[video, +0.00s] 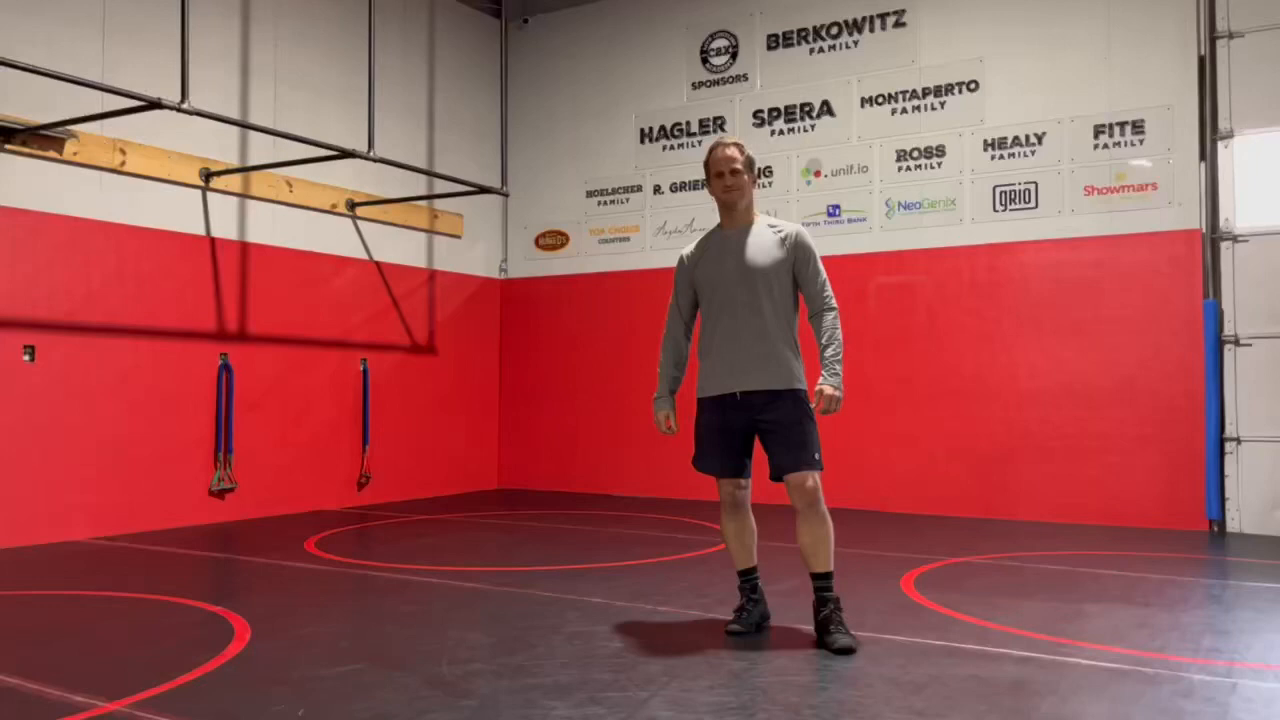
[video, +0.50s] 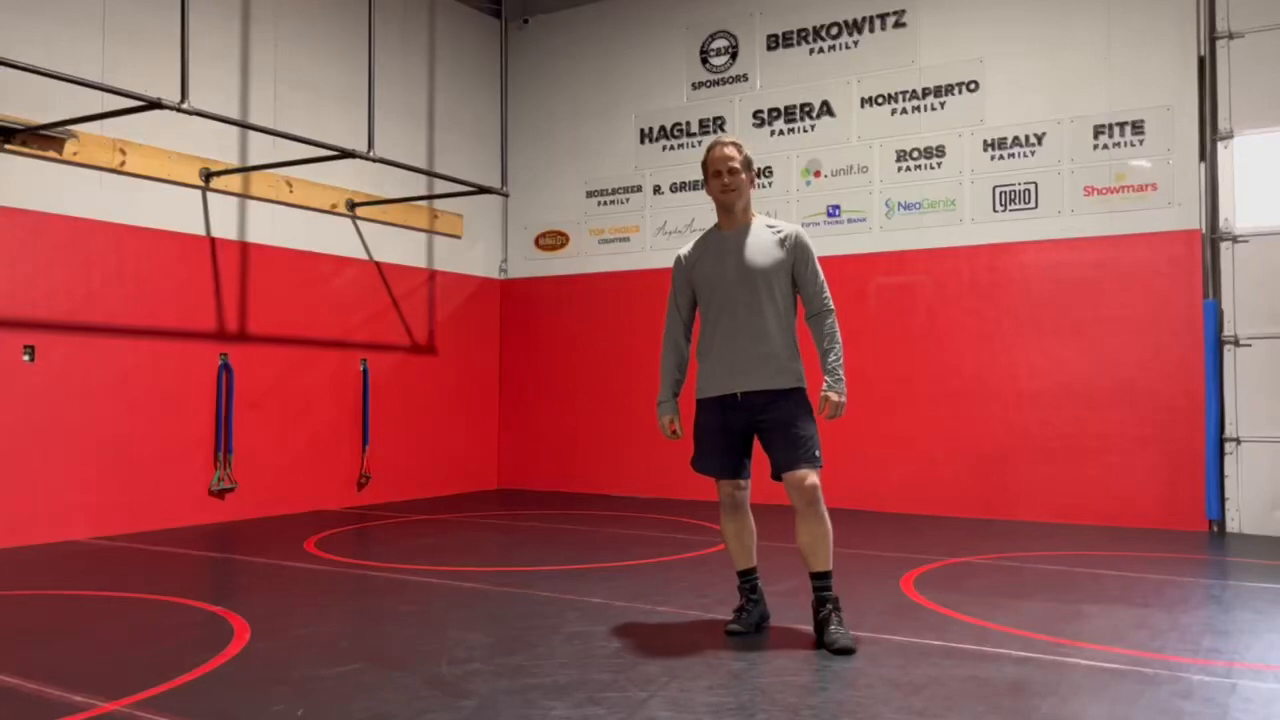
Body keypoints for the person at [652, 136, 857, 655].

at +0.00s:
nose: (727, 179)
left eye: (735, 171)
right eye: (718, 173)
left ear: (753, 177)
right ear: (707, 185)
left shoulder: (790, 239)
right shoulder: (695, 257)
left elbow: (824, 310)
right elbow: (677, 330)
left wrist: (832, 374)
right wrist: (665, 394)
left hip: (783, 392)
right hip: (720, 397)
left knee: (807, 490)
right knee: (733, 495)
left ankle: (827, 610)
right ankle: (751, 602)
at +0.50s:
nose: (725, 178)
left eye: (733, 170)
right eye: (716, 172)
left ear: (752, 176)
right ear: (705, 184)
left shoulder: (788, 239)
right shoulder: (692, 258)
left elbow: (821, 313)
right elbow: (676, 334)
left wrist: (834, 377)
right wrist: (667, 399)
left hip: (783, 393)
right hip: (719, 399)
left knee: (807, 487)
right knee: (732, 496)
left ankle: (827, 610)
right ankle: (750, 601)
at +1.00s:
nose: (733, 175)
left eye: (741, 167)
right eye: (724, 169)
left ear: (759, 175)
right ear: (711, 182)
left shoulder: (796, 239)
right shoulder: (697, 256)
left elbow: (825, 316)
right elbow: (680, 334)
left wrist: (835, 385)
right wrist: (671, 399)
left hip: (783, 392)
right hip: (722, 398)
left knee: (782, 493)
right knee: (734, 498)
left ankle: (782, 614)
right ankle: (753, 599)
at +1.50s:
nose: (762, 153)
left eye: (774, 144)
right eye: (753, 144)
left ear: (792, 154)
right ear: (741, 155)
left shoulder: (821, 227)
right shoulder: (714, 233)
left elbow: (850, 305)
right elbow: (690, 310)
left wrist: (856, 373)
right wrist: (673, 371)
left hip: (798, 386)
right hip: (731, 388)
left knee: (789, 501)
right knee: (717, 504)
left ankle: (780, 623)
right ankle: (750, 570)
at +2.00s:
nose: (780, 148)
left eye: (791, 140)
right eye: (771, 139)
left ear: (806, 152)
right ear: (754, 148)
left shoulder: (825, 233)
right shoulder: (717, 223)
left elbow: (845, 318)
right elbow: (686, 303)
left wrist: (861, 390)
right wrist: (675, 375)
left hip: (800, 388)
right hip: (732, 387)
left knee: (790, 503)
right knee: (730, 505)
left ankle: (780, 624)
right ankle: (750, 543)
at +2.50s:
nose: (747, 158)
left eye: (757, 149)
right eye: (737, 148)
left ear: (772, 159)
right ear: (722, 157)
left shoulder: (792, 235)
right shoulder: (687, 231)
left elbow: (827, 313)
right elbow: (661, 309)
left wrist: (854, 383)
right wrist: (656, 379)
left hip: (769, 387)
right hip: (702, 388)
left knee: (772, 498)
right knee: (697, 497)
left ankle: (778, 620)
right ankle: (706, 598)